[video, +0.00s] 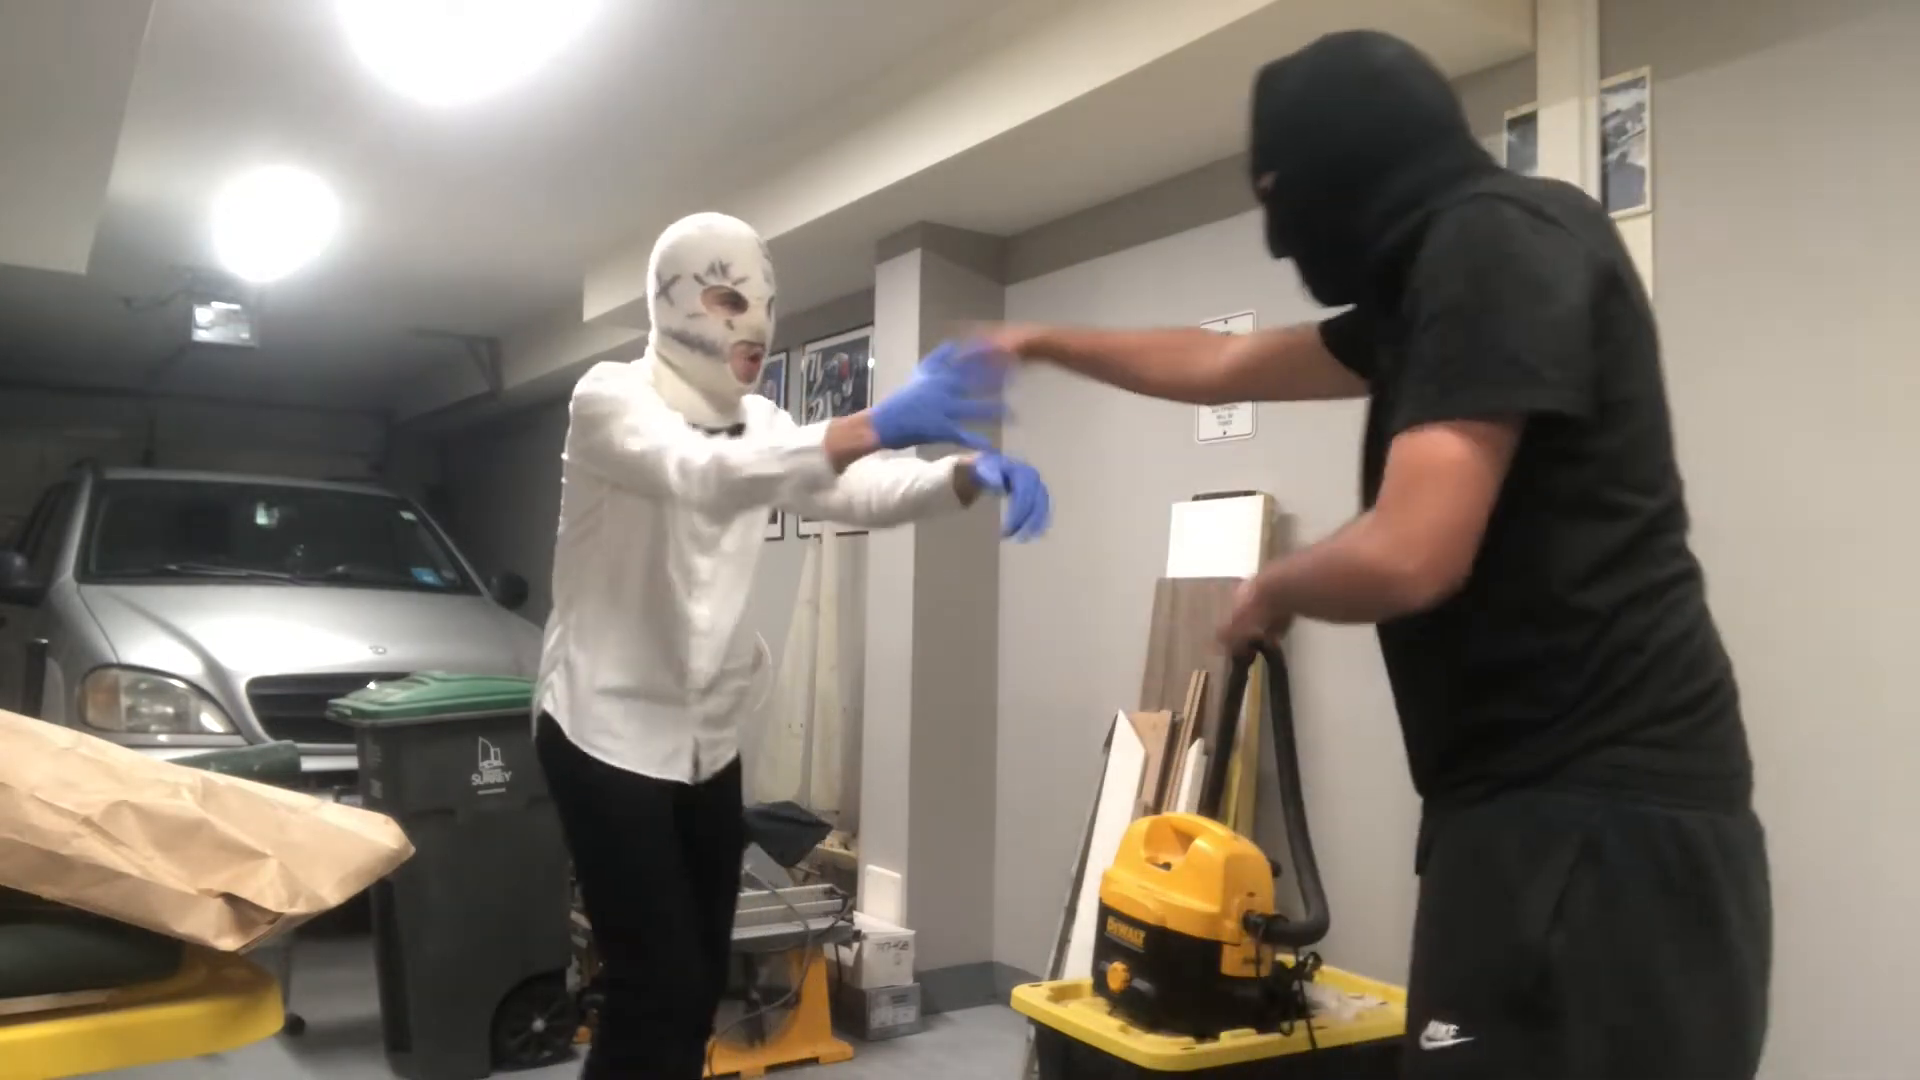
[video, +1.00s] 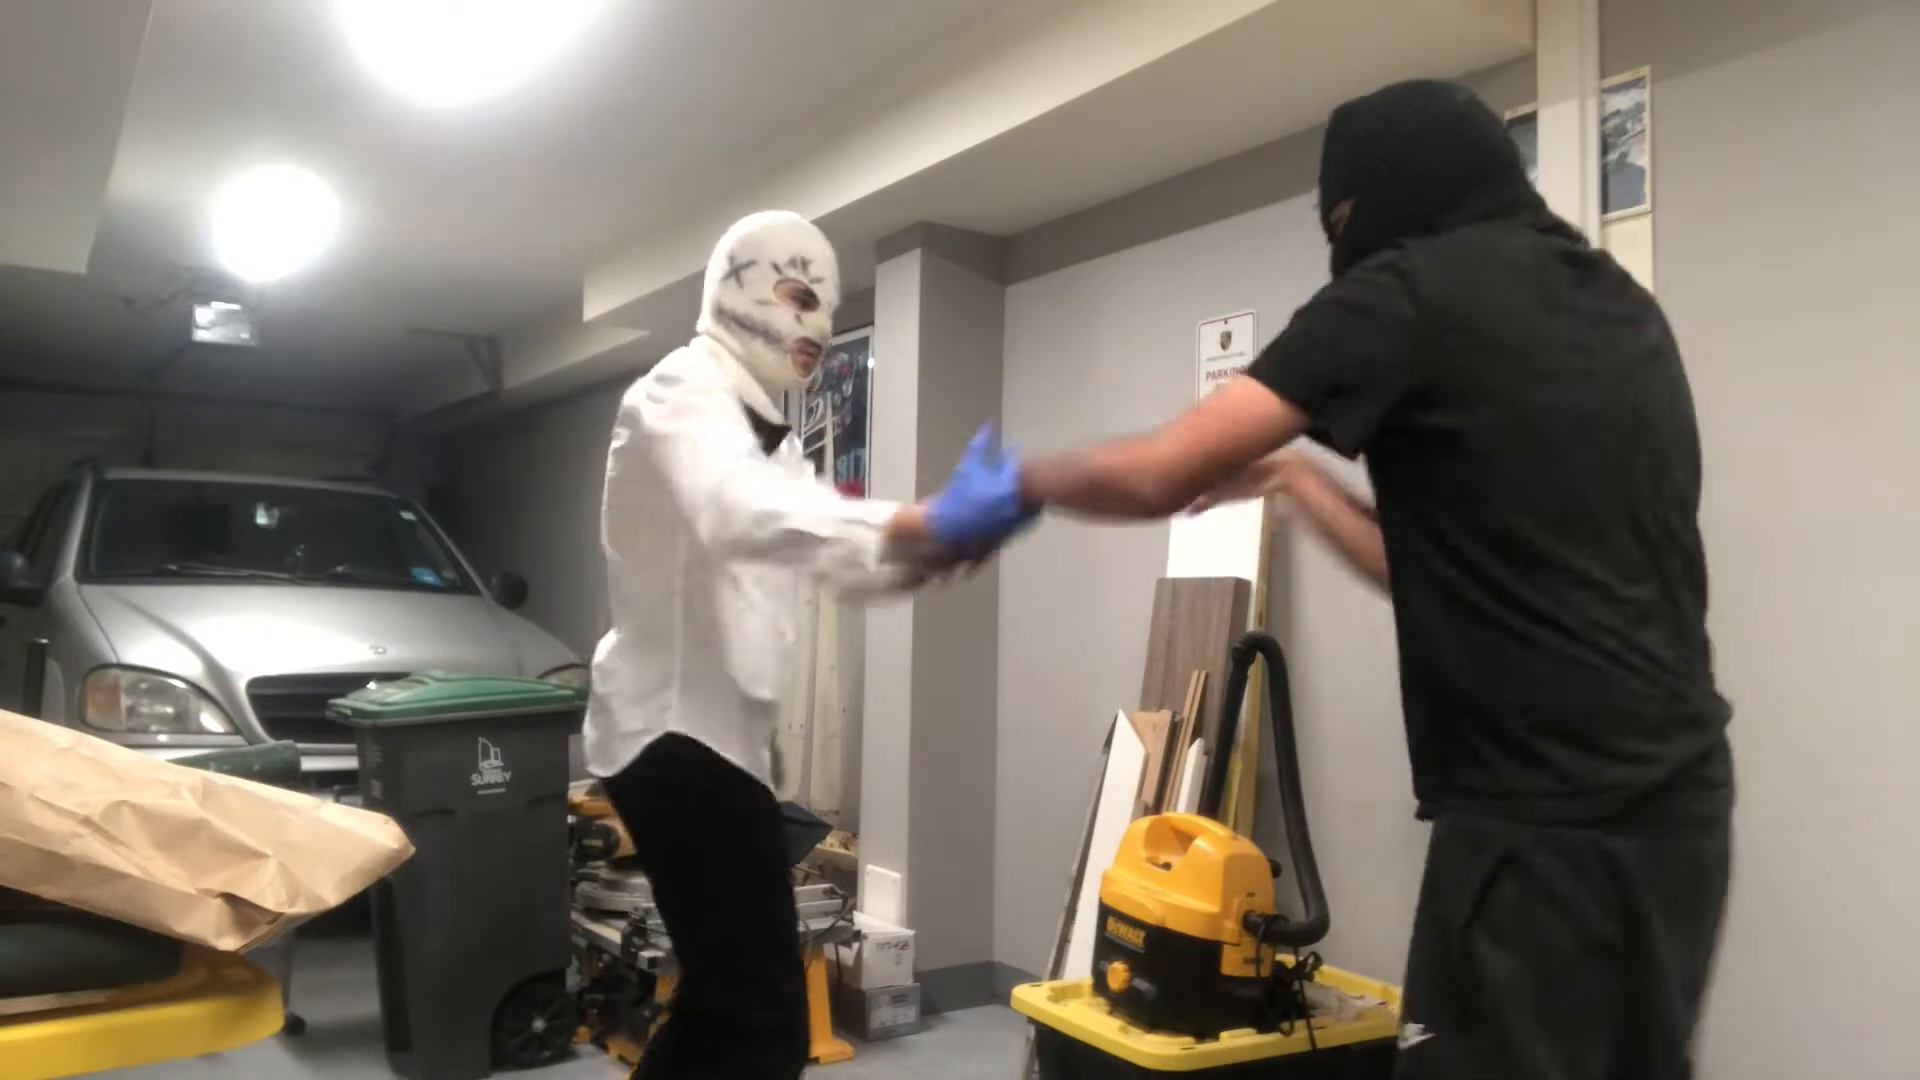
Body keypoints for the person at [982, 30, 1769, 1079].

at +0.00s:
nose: (1276, 233)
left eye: (1276, 194)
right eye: (1267, 202)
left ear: (1339, 164)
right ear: (1361, 165)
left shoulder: (1497, 240)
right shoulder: (1438, 281)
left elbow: (1408, 556)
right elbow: (1232, 360)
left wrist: (1277, 585)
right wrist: (1036, 341)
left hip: (1595, 841)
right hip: (1519, 831)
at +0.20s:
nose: (1323, 218)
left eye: (1329, 190)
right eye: (1322, 193)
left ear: (1384, 167)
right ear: (1464, 151)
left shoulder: (1468, 255)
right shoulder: (1561, 283)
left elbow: (1147, 410)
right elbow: (1323, 507)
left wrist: (993, 436)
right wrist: (1148, 447)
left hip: (1621, 836)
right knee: (1453, 1053)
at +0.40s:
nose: (1317, 239)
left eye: (1320, 210)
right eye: (1313, 216)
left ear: (1367, 185)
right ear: (1465, 162)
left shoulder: (1432, 261)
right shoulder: (1578, 272)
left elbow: (1152, 412)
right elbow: (1350, 505)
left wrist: (1003, 424)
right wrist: (1163, 466)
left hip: (1649, 822)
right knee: (1472, 1061)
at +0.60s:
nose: (1310, 279)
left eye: (1309, 256)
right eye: (1305, 259)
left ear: (1351, 232)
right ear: (1458, 197)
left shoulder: (1415, 313)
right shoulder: (1593, 303)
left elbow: (1130, 482)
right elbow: (1364, 487)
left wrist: (1072, 450)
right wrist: (1166, 438)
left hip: (1612, 853)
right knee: (1454, 1067)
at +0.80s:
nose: (1316, 260)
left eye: (1317, 229)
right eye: (1310, 235)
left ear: (1365, 207)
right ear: (1449, 181)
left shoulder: (1434, 307)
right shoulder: (1547, 292)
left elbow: (1199, 533)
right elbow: (1326, 516)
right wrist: (1152, 476)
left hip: (1571, 828)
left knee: (1506, 1060)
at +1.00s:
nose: (1338, 254)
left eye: (1337, 227)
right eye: (1333, 232)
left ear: (1376, 199)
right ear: (1486, 178)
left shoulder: (1408, 294)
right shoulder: (1617, 302)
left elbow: (1158, 474)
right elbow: (1446, 577)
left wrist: (1013, 485)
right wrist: (1287, 473)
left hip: (1533, 831)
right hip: (1674, 810)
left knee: (1485, 1059)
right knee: (1634, 1061)